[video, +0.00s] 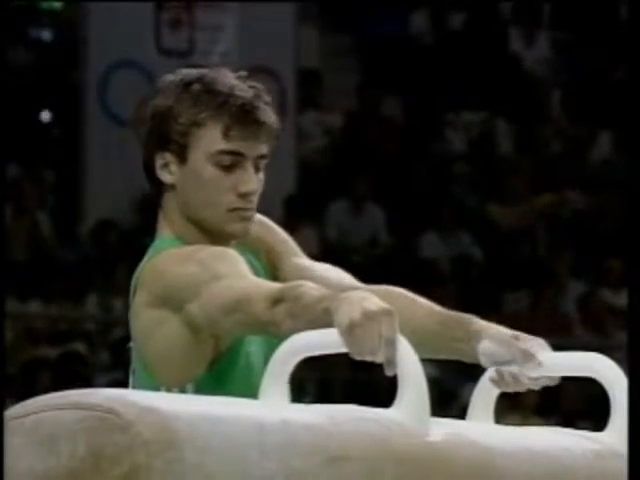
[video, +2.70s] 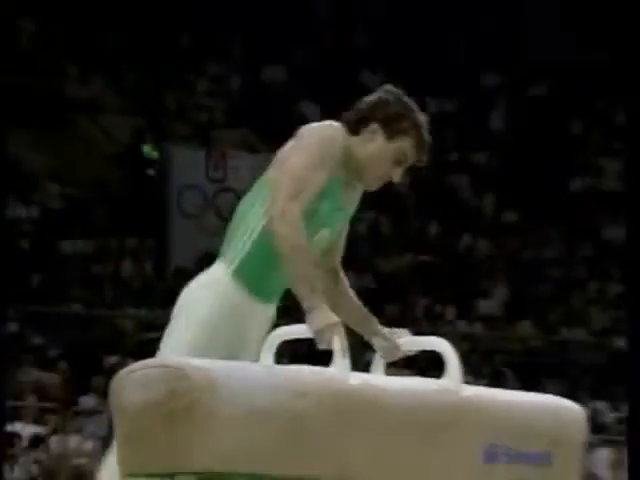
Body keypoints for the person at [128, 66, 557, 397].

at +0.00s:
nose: (251, 185)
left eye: (259, 165)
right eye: (228, 164)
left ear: (267, 164)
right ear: (168, 167)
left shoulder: (255, 237)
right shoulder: (182, 269)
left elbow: (356, 293)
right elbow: (270, 306)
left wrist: (480, 338)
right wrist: (342, 303)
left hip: (247, 465)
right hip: (186, 469)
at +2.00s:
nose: (243, 183)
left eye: (250, 161)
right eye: (219, 164)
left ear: (258, 157)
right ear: (161, 172)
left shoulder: (268, 210)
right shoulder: (169, 266)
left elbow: (381, 279)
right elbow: (268, 294)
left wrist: (476, 333)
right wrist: (342, 297)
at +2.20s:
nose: (228, 220)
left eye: (232, 195)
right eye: (201, 203)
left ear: (240, 186)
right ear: (141, 214)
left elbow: (387, 273)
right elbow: (258, 319)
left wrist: (471, 341)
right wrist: (352, 302)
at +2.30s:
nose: (217, 283)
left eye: (217, 262)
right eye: (189, 270)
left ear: (225, 255)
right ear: (130, 290)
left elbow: (344, 314)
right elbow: (263, 358)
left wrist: (462, 352)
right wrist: (350, 312)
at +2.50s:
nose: (285, 225)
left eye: (293, 211)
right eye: (274, 208)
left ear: (298, 208)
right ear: (226, 195)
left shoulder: (287, 251)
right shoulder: (189, 237)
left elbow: (346, 343)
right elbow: (235, 293)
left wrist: (411, 349)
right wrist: (323, 305)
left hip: (256, 430)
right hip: (181, 429)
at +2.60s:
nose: (363, 183)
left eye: (371, 171)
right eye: (360, 163)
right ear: (323, 137)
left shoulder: (332, 207)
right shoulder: (270, 155)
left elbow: (333, 298)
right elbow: (248, 242)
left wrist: (390, 337)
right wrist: (318, 305)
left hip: (251, 371)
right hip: (192, 363)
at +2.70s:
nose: (396, 176)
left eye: (404, 168)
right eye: (398, 161)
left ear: (377, 140)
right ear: (374, 133)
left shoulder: (349, 189)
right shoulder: (324, 139)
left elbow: (329, 277)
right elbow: (283, 218)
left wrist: (379, 335)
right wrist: (315, 305)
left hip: (253, 320)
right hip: (218, 306)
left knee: (218, 440)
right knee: (163, 424)